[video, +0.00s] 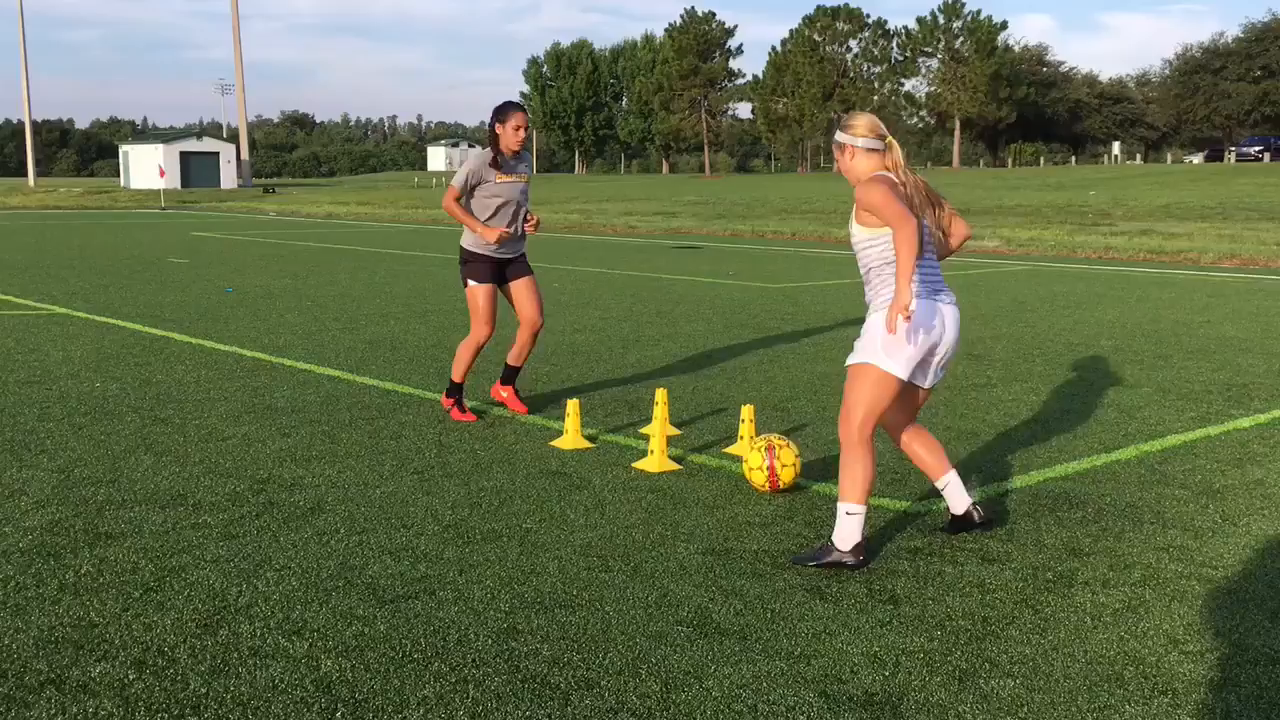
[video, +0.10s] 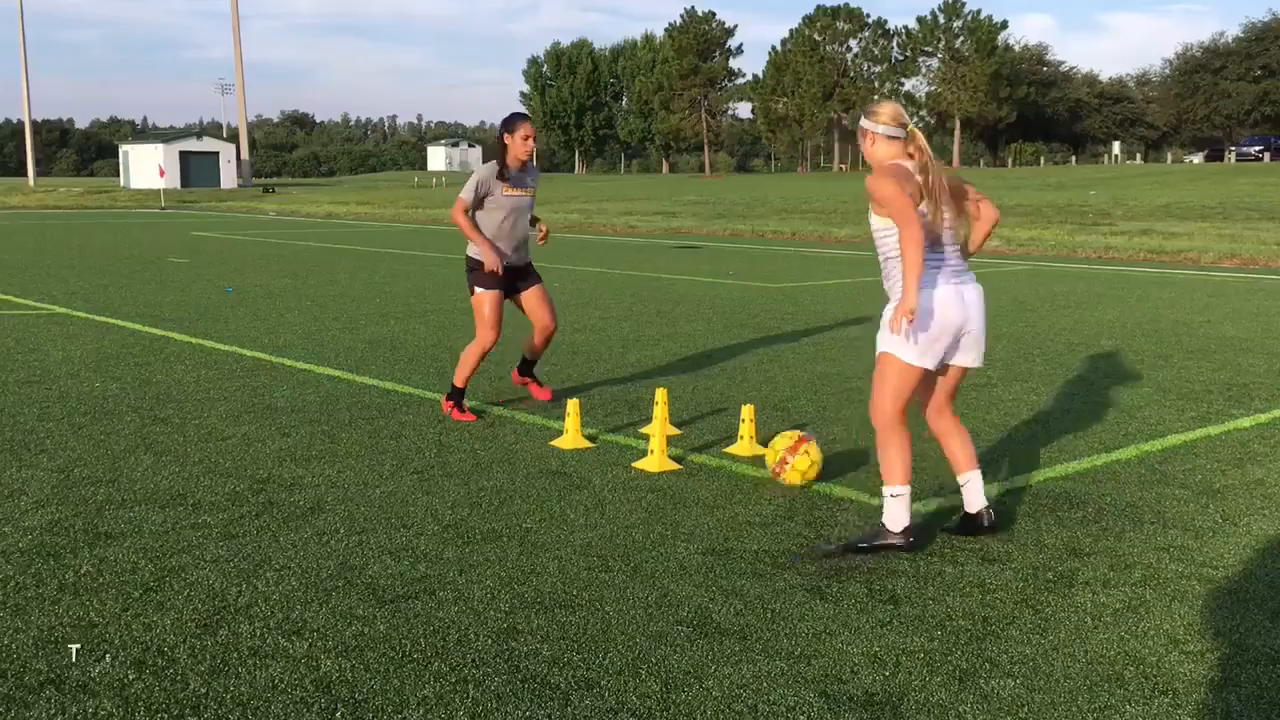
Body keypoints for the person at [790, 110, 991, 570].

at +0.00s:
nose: (836, 161)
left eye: (837, 153)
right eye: (837, 153)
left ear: (849, 152)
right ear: (880, 151)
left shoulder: (870, 187)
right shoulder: (909, 186)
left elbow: (906, 225)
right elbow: (960, 231)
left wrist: (902, 290)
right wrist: (919, 262)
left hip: (898, 314)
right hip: (939, 313)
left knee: (854, 425)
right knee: (898, 419)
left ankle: (846, 543)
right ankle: (964, 508)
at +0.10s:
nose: (861, 145)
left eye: (861, 138)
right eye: (862, 138)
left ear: (871, 138)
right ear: (903, 139)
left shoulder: (881, 178)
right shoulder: (934, 175)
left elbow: (910, 224)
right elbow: (988, 213)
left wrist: (909, 293)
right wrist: (959, 259)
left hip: (921, 300)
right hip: (967, 298)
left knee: (885, 408)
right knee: (938, 406)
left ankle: (896, 525)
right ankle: (977, 509)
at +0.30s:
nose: (904, 159)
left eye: (907, 153)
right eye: (906, 152)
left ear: (916, 156)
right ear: (946, 156)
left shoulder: (905, 197)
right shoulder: (974, 191)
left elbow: (891, 263)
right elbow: (1024, 239)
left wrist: (872, 306)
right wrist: (1030, 287)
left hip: (944, 318)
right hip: (995, 310)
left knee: (965, 424)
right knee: (987, 397)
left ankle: (1001, 525)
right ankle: (1023, 480)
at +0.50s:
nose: (918, 156)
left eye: (919, 150)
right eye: (919, 149)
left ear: (928, 151)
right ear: (957, 149)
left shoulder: (920, 189)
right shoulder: (986, 183)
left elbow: (921, 252)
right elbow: (1022, 242)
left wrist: (914, 303)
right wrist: (1006, 274)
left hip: (954, 306)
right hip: (1000, 299)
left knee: (927, 383)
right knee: (984, 376)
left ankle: (986, 462)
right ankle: (1025, 454)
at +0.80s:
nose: (917, 176)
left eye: (917, 170)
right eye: (918, 170)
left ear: (922, 171)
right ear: (954, 169)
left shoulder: (914, 210)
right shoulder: (979, 208)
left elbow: (902, 271)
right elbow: (1006, 267)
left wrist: (889, 316)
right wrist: (1022, 298)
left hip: (932, 324)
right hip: (975, 325)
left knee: (912, 379)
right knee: (933, 367)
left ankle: (954, 455)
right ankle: (915, 428)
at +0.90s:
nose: (915, 169)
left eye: (916, 164)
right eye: (916, 164)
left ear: (924, 165)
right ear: (953, 164)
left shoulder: (913, 200)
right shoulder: (974, 203)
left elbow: (896, 257)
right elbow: (997, 263)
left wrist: (878, 299)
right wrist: (1015, 299)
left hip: (927, 313)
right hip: (969, 312)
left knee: (904, 377)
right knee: (927, 368)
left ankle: (949, 451)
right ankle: (933, 436)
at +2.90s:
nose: (885, 157)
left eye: (887, 149)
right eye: (885, 150)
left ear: (898, 147)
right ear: (929, 143)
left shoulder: (906, 178)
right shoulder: (970, 175)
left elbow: (891, 235)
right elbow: (1023, 223)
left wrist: (870, 293)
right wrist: (1055, 271)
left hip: (958, 304)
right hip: (997, 298)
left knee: (930, 414)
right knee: (907, 375)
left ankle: (985, 518)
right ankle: (941, 478)